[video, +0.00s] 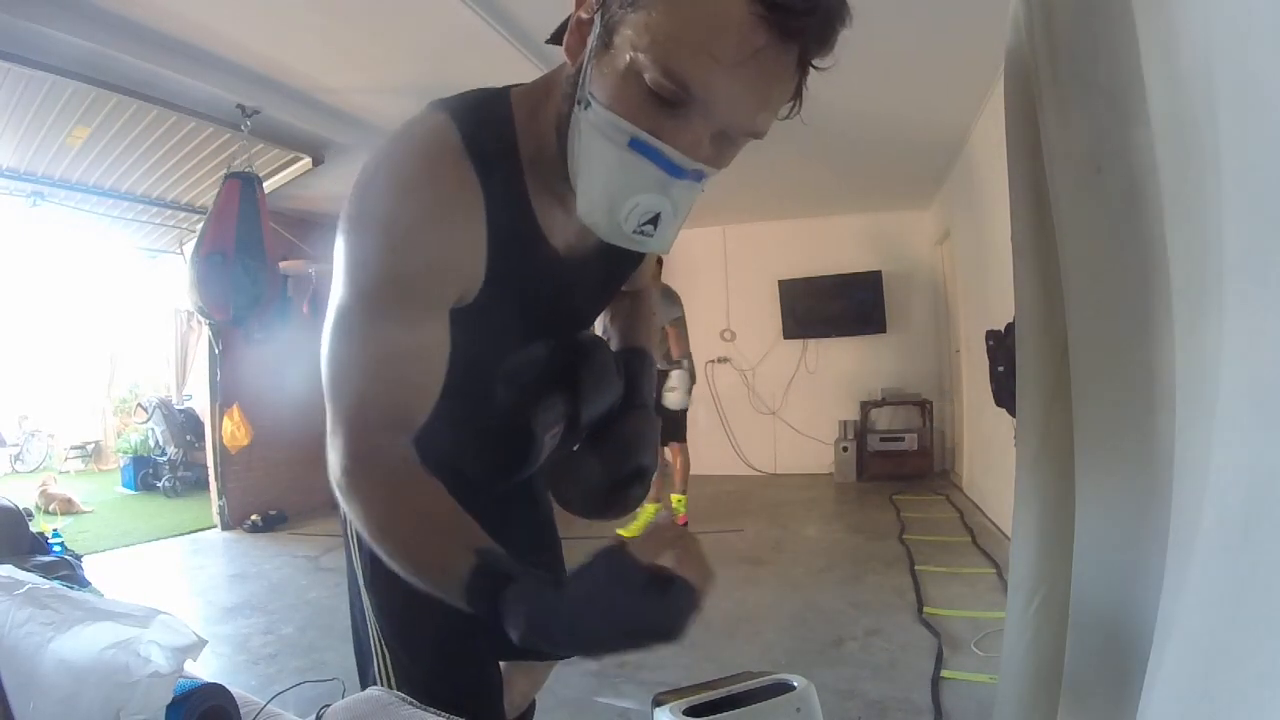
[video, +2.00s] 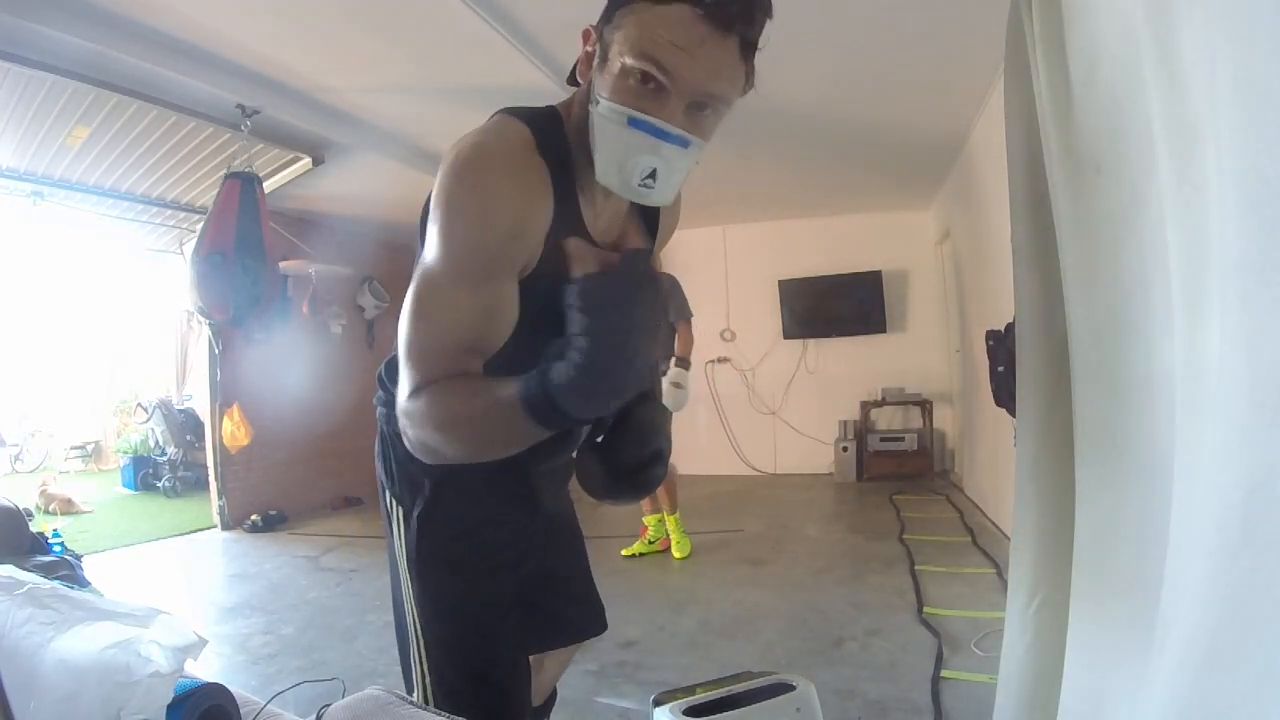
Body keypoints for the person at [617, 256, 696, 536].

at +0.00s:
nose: (635, 272)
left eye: (643, 264)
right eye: (633, 265)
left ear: (657, 266)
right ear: (625, 269)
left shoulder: (664, 297)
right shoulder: (621, 300)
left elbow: (678, 340)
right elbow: (603, 340)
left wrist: (679, 374)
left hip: (669, 376)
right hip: (640, 376)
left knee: (675, 444)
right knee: (648, 444)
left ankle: (679, 502)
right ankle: (652, 504)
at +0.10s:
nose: (643, 270)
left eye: (648, 264)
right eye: (644, 264)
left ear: (659, 266)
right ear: (655, 266)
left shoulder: (665, 294)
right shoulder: (646, 294)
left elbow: (683, 334)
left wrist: (695, 371)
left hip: (667, 372)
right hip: (667, 371)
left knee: (666, 443)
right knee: (673, 442)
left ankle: (672, 506)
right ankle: (677, 502)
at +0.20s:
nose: (647, 271)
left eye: (650, 264)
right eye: (646, 265)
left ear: (662, 263)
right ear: (657, 264)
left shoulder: (670, 293)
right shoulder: (651, 295)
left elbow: (689, 333)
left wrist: (703, 373)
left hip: (673, 375)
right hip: (659, 374)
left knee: (668, 448)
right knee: (670, 446)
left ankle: (696, 510)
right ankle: (688, 506)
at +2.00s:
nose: (635, 259)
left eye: (640, 252)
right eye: (629, 255)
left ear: (651, 252)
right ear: (621, 259)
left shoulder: (665, 284)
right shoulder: (614, 290)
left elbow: (684, 330)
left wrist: (679, 371)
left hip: (656, 381)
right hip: (623, 385)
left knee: (660, 456)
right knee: (638, 456)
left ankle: (673, 523)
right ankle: (654, 528)